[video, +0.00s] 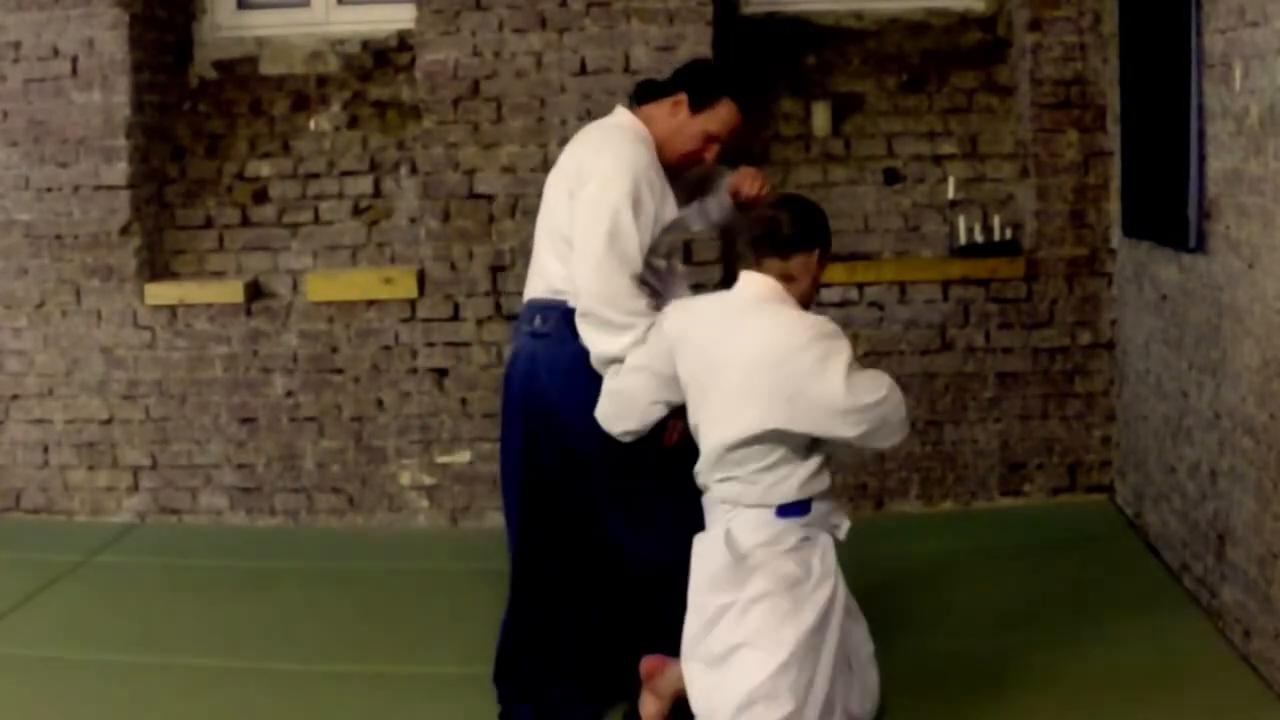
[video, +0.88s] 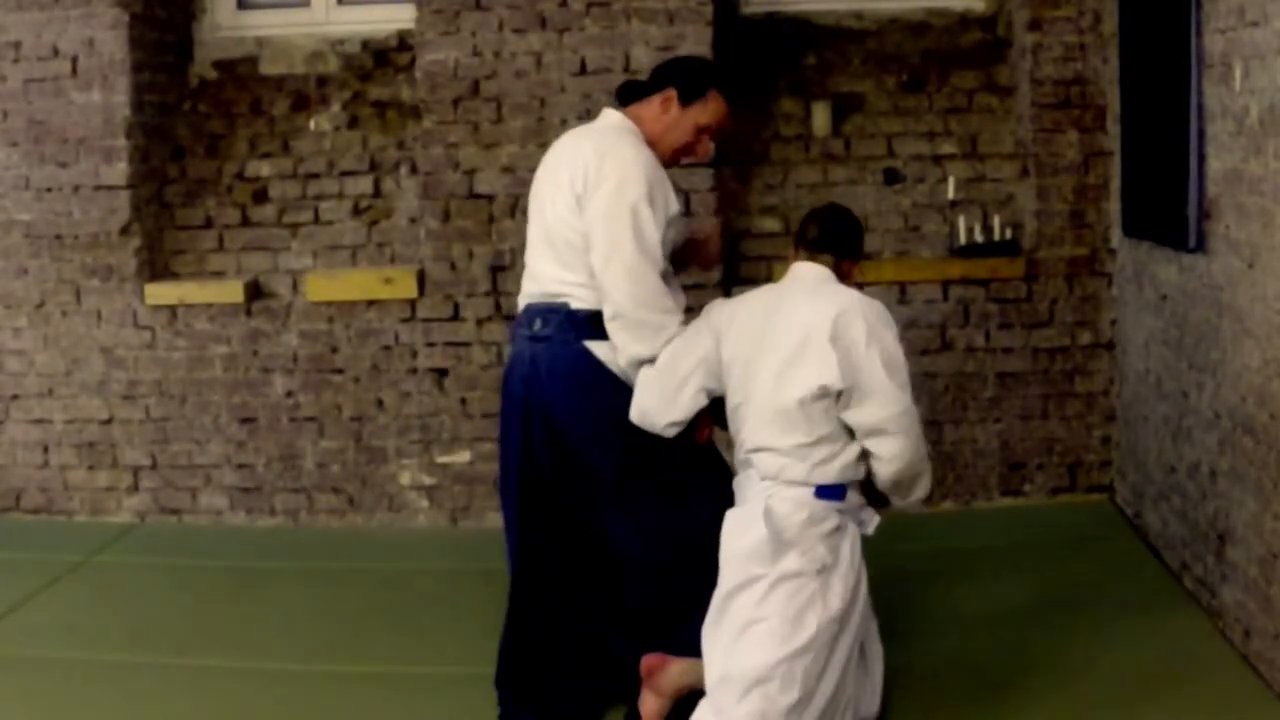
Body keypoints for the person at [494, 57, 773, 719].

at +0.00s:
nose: (708, 158)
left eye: (719, 147)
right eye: (709, 138)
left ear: (670, 107)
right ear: (678, 105)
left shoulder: (612, 145)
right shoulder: (620, 157)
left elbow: (657, 229)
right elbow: (604, 289)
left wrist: (725, 201)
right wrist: (658, 391)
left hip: (558, 352)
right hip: (579, 360)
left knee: (564, 540)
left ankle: (548, 694)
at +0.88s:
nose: (702, 152)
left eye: (711, 139)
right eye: (702, 131)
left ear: (658, 101)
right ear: (667, 101)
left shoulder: (571, 146)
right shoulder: (624, 160)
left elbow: (587, 250)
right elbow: (632, 296)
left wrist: (676, 249)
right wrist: (687, 401)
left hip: (531, 351)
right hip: (588, 355)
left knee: (551, 539)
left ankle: (539, 694)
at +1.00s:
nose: (695, 146)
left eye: (704, 133)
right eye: (695, 126)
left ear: (646, 100)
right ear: (656, 98)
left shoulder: (563, 151)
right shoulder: (620, 161)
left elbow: (550, 275)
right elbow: (635, 300)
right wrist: (687, 401)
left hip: (530, 352)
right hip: (589, 354)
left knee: (552, 540)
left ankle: (542, 695)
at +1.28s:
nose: (675, 132)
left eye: (684, 118)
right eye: (677, 112)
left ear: (622, 86)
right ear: (643, 88)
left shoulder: (517, 141)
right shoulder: (628, 147)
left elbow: (471, 237)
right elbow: (657, 276)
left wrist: (518, 297)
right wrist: (697, 390)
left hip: (519, 336)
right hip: (599, 326)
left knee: (524, 517)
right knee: (658, 494)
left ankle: (540, 679)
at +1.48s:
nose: (681, 132)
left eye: (690, 117)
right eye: (686, 111)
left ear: (632, 82)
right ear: (652, 85)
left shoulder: (523, 138)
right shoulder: (631, 142)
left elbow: (486, 244)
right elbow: (652, 263)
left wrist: (531, 303)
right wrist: (700, 362)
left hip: (521, 334)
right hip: (602, 323)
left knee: (529, 520)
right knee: (658, 482)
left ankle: (540, 690)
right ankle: (629, 579)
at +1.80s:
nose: (705, 88)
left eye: (708, 74)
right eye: (699, 72)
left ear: (649, 66)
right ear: (659, 63)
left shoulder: (582, 128)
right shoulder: (640, 132)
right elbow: (657, 250)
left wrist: (686, 246)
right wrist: (714, 354)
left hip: (576, 331)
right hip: (629, 335)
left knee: (575, 510)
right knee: (669, 496)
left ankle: (567, 674)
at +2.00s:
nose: (728, 79)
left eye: (730, 66)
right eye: (719, 64)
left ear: (679, 63)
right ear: (676, 59)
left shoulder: (653, 121)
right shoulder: (655, 130)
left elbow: (676, 239)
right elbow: (670, 247)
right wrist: (717, 349)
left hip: (650, 316)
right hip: (665, 323)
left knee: (635, 477)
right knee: (674, 482)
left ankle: (604, 628)